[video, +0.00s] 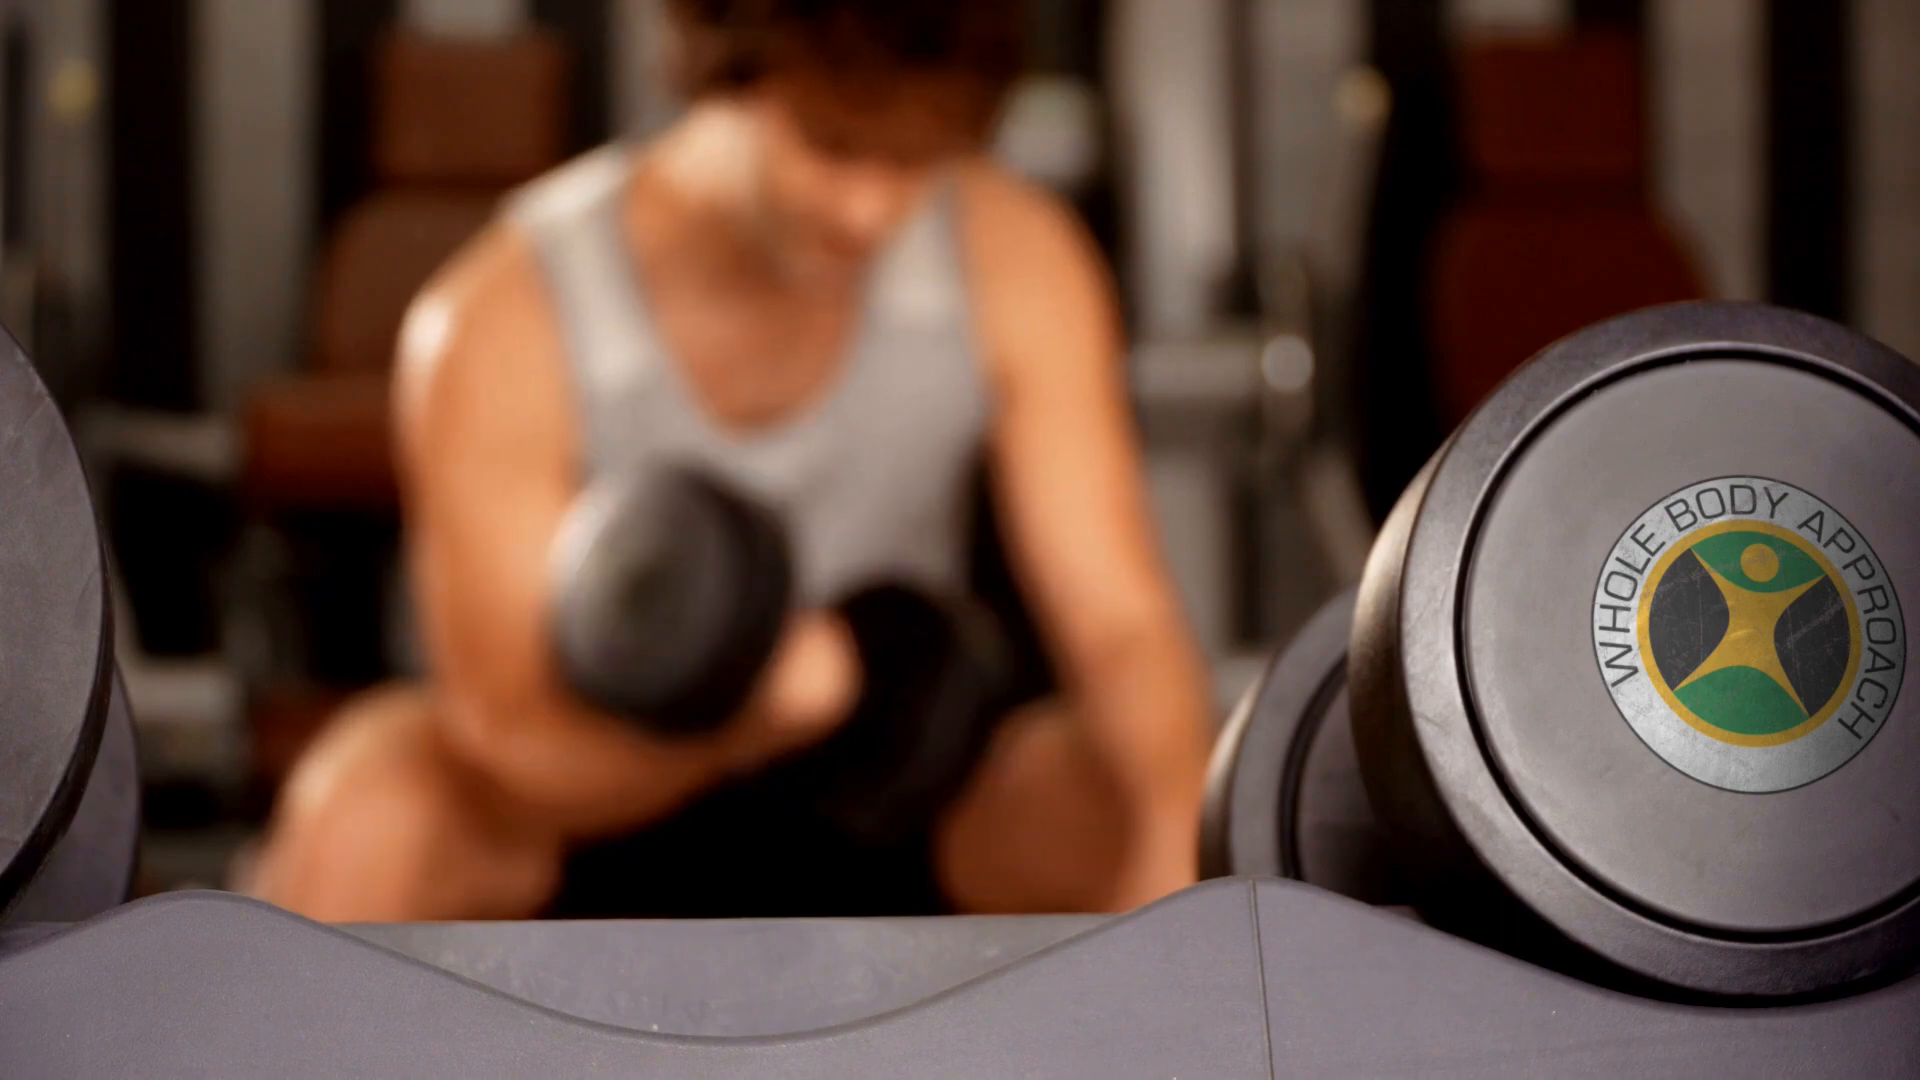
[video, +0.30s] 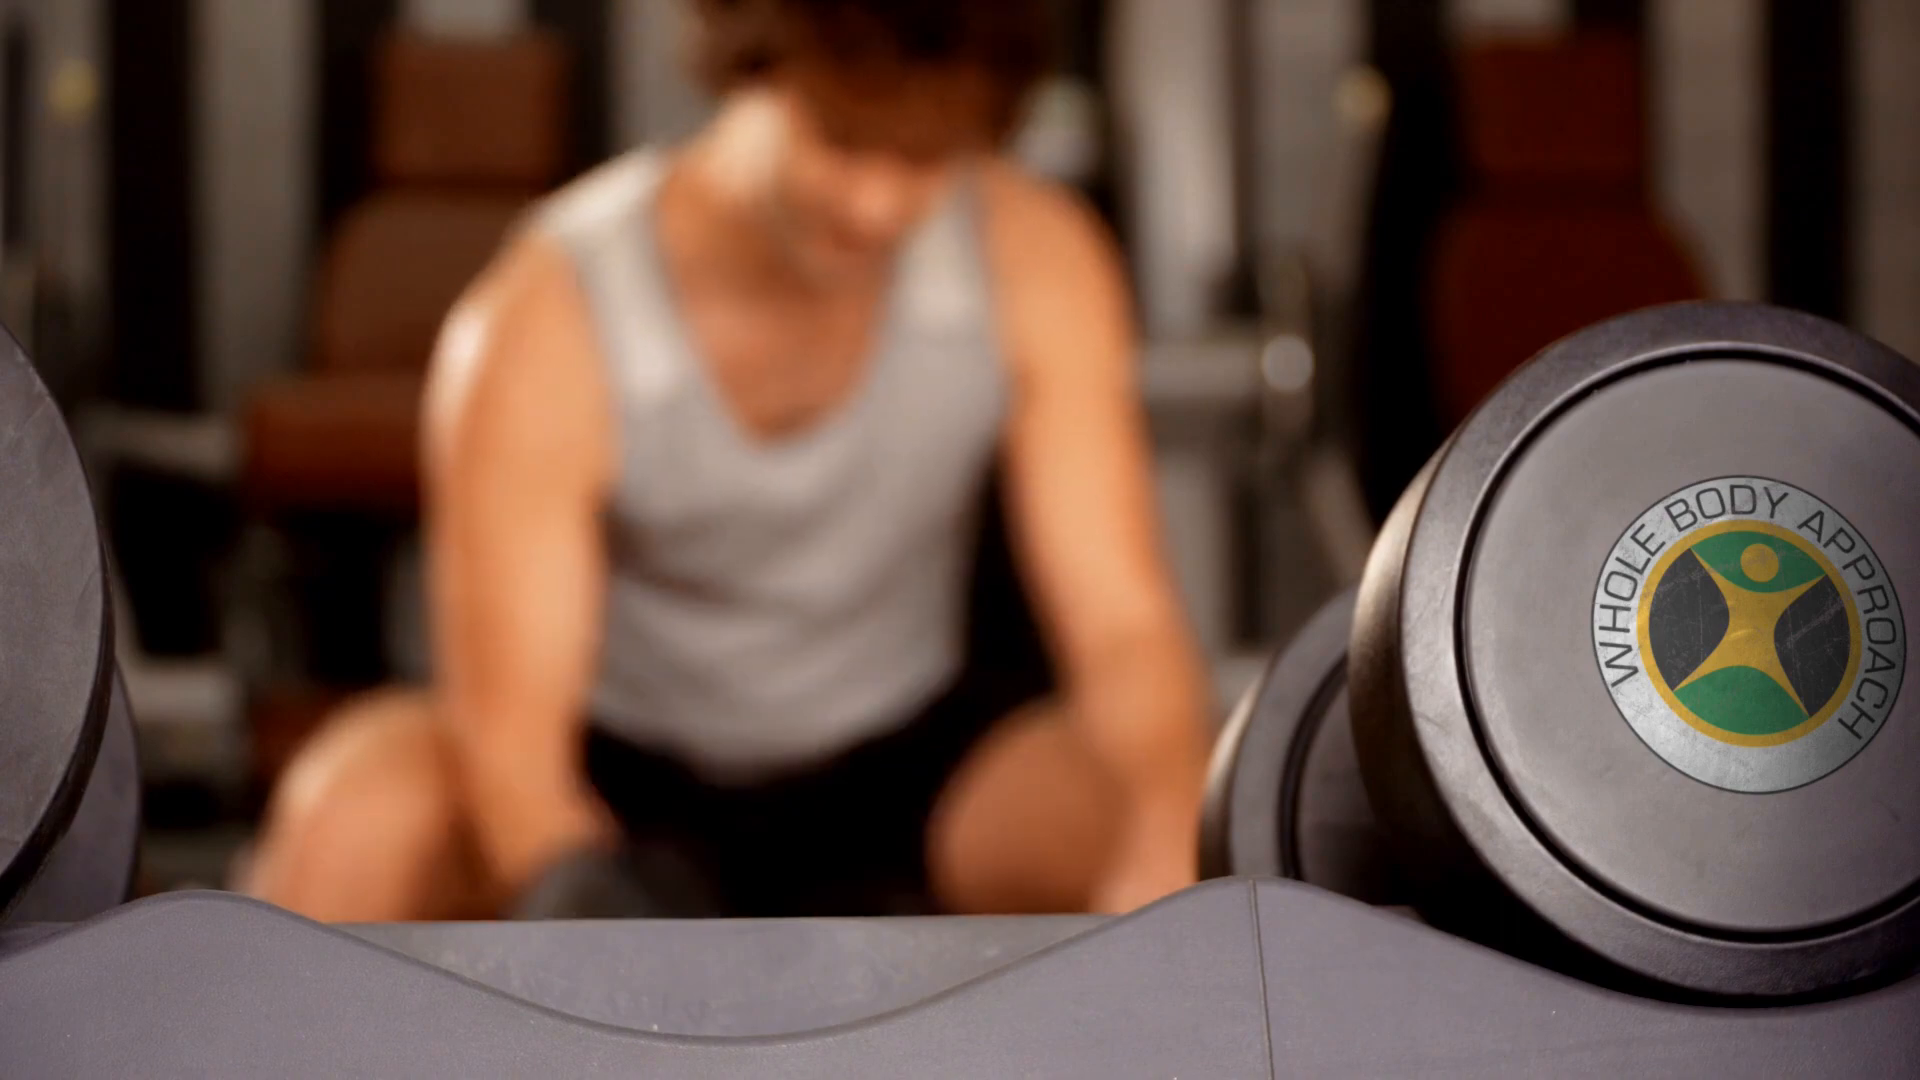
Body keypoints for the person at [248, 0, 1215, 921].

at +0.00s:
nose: (870, 209)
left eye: (918, 161)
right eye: (835, 149)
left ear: (970, 126)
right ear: (734, 73)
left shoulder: (1009, 250)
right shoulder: (500, 316)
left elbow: (1120, 624)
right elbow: (516, 745)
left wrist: (1177, 869)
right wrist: (767, 715)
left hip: (894, 785)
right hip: (604, 798)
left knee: (1174, 803)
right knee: (368, 802)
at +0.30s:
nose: (875, 205)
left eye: (925, 161)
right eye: (842, 144)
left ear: (986, 132)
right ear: (753, 70)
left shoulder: (1035, 255)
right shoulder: (541, 325)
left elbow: (1122, 633)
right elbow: (517, 762)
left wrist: (1159, 859)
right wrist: (644, 965)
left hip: (904, 775)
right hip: (619, 784)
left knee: (1188, 809)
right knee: (357, 797)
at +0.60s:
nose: (881, 227)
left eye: (930, 180)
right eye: (844, 164)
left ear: (994, 148)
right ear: (754, 87)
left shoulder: (1039, 258)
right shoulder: (566, 341)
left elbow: (1126, 641)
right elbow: (526, 800)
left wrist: (1152, 861)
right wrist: (599, 1060)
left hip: (900, 784)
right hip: (624, 795)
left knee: (1176, 804)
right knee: (366, 801)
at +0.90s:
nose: (877, 227)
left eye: (929, 181)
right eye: (842, 164)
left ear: (990, 151)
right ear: (749, 89)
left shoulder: (1034, 257)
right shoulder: (565, 344)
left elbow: (1124, 642)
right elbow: (535, 807)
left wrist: (1146, 868)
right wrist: (566, 1065)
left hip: (895, 782)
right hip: (619, 795)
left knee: (1169, 805)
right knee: (367, 806)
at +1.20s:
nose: (885, 278)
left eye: (940, 231)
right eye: (849, 210)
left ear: (1004, 210)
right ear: (759, 153)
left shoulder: (1038, 275)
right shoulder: (574, 366)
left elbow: (1108, 662)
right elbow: (513, 810)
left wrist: (1079, 864)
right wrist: (525, 1070)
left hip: (890, 789)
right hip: (612, 798)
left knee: (1134, 818)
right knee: (348, 800)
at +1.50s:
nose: (918, 335)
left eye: (970, 285)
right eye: (879, 267)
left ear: (1041, 268)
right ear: (792, 213)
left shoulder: (1084, 285)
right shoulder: (616, 368)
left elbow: (1111, 653)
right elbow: (511, 804)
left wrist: (940, 851)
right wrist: (541, 1063)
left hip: (884, 723)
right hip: (592, 724)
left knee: (1127, 850)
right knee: (340, 815)